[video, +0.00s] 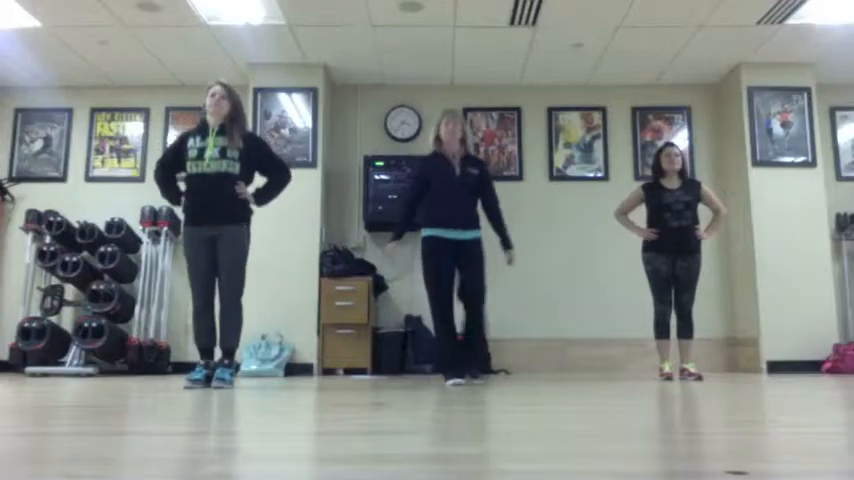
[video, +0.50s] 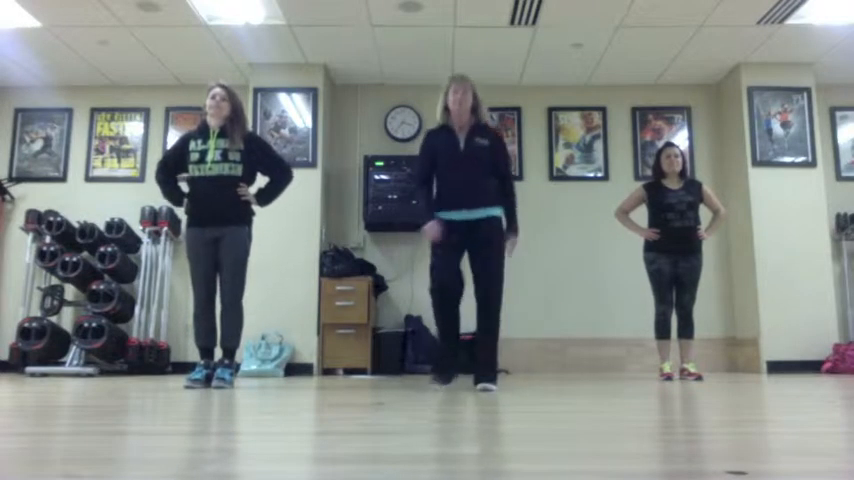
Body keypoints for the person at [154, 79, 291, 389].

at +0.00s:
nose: (214, 99)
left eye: (221, 96)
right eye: (211, 95)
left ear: (232, 106)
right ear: (204, 103)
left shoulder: (248, 142)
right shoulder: (190, 140)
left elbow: (282, 173)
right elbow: (162, 170)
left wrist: (257, 196)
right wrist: (178, 199)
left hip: (233, 226)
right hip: (196, 225)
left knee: (230, 295)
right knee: (201, 296)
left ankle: (227, 363)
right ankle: (205, 362)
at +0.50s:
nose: (215, 101)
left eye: (222, 98)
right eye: (211, 97)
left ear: (232, 107)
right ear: (204, 105)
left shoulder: (248, 142)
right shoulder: (191, 140)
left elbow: (284, 173)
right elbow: (163, 171)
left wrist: (259, 197)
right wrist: (181, 200)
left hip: (235, 227)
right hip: (199, 226)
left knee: (231, 296)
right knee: (202, 296)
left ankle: (227, 363)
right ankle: (205, 362)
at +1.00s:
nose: (217, 102)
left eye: (224, 100)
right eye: (214, 98)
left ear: (234, 110)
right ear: (206, 106)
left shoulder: (246, 144)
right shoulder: (189, 139)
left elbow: (282, 174)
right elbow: (164, 169)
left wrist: (258, 196)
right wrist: (180, 200)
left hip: (235, 227)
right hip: (199, 226)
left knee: (232, 295)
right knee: (202, 296)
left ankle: (227, 363)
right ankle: (205, 362)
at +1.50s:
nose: (214, 101)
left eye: (221, 98)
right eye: (211, 97)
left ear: (233, 107)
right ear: (204, 105)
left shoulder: (250, 141)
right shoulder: (193, 139)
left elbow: (283, 174)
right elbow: (165, 168)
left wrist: (257, 198)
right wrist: (178, 197)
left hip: (232, 227)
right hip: (197, 226)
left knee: (227, 294)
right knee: (200, 295)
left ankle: (226, 362)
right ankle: (205, 362)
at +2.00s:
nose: (218, 101)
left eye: (225, 99)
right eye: (214, 96)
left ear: (234, 110)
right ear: (206, 104)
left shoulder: (246, 143)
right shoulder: (189, 137)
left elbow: (281, 173)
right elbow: (164, 169)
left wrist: (257, 196)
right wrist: (180, 198)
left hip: (235, 226)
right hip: (198, 225)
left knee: (232, 293)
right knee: (202, 294)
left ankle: (227, 362)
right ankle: (205, 361)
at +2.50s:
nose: (215, 100)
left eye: (221, 97)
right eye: (211, 96)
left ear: (232, 108)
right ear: (204, 105)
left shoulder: (248, 141)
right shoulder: (190, 140)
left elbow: (281, 174)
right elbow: (161, 169)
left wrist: (256, 197)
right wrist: (176, 198)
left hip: (231, 226)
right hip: (195, 226)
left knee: (227, 295)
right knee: (199, 296)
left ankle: (226, 363)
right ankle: (205, 362)